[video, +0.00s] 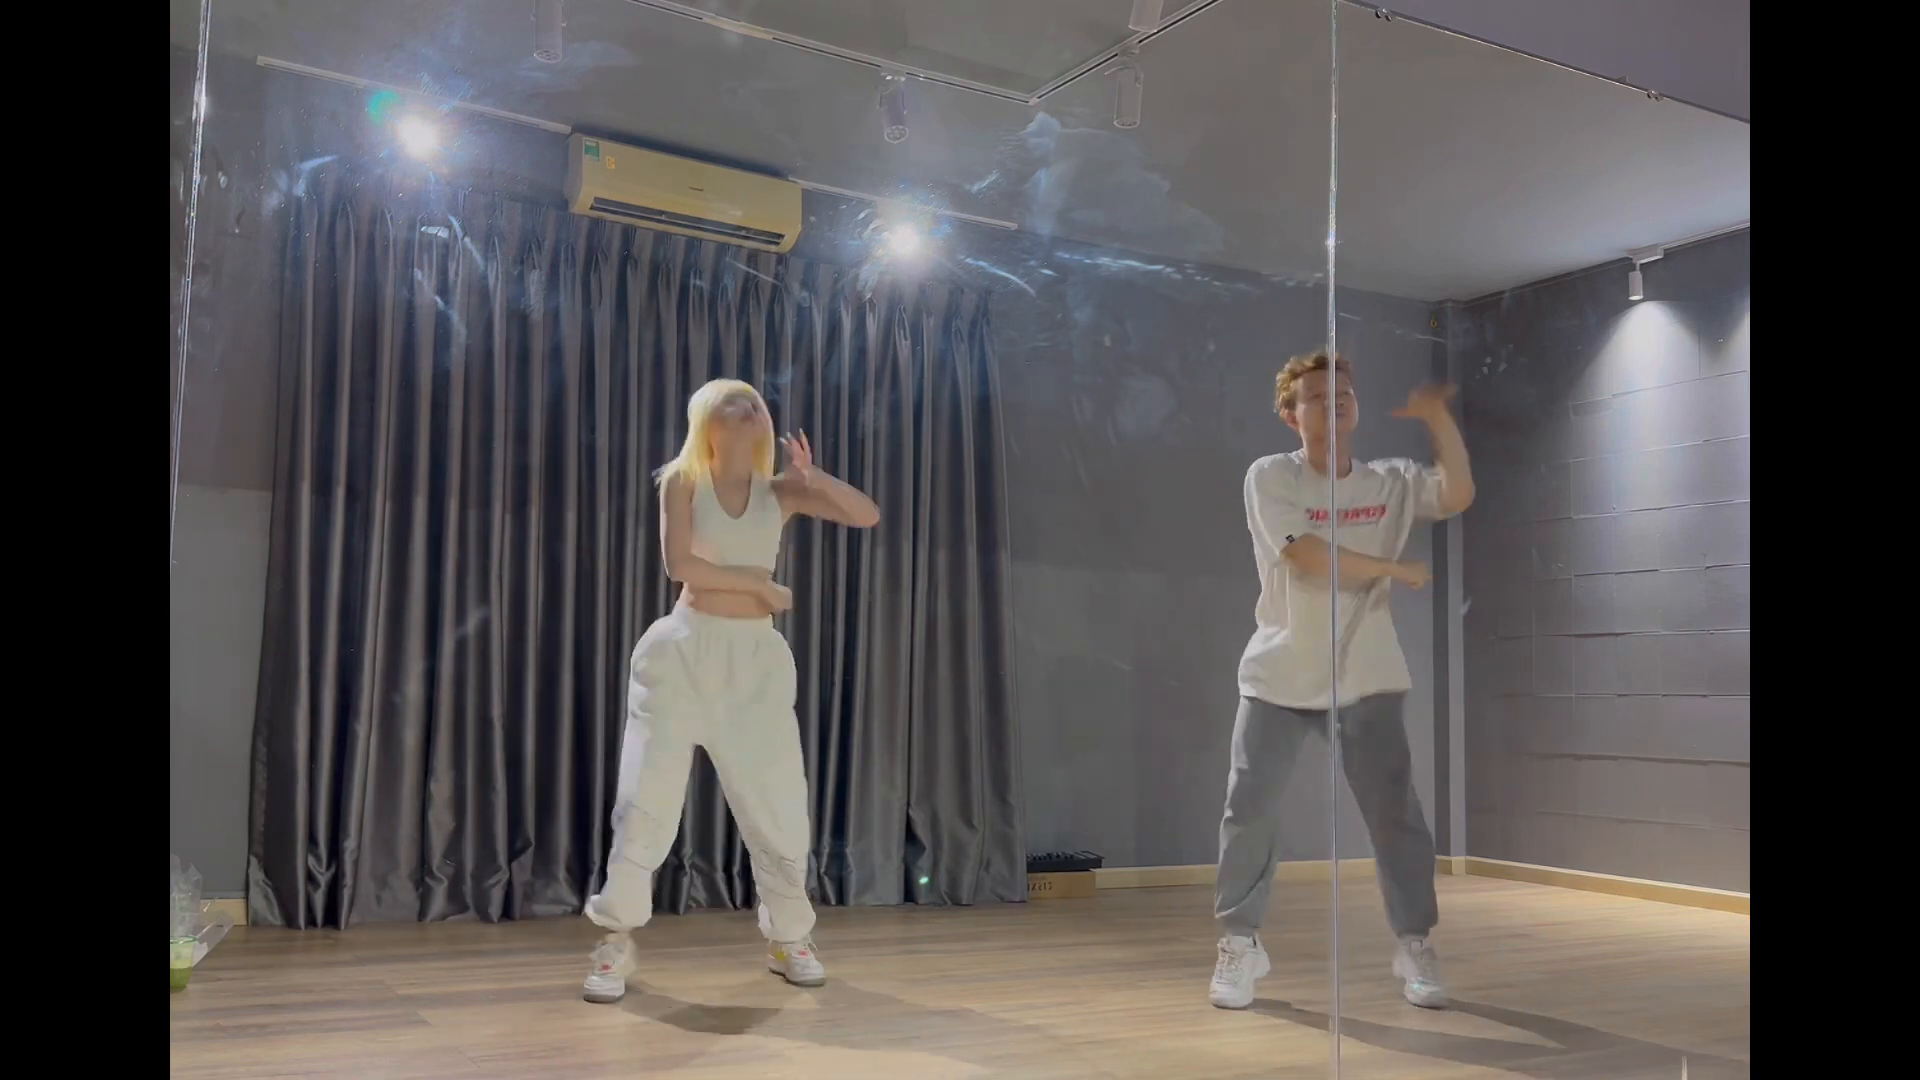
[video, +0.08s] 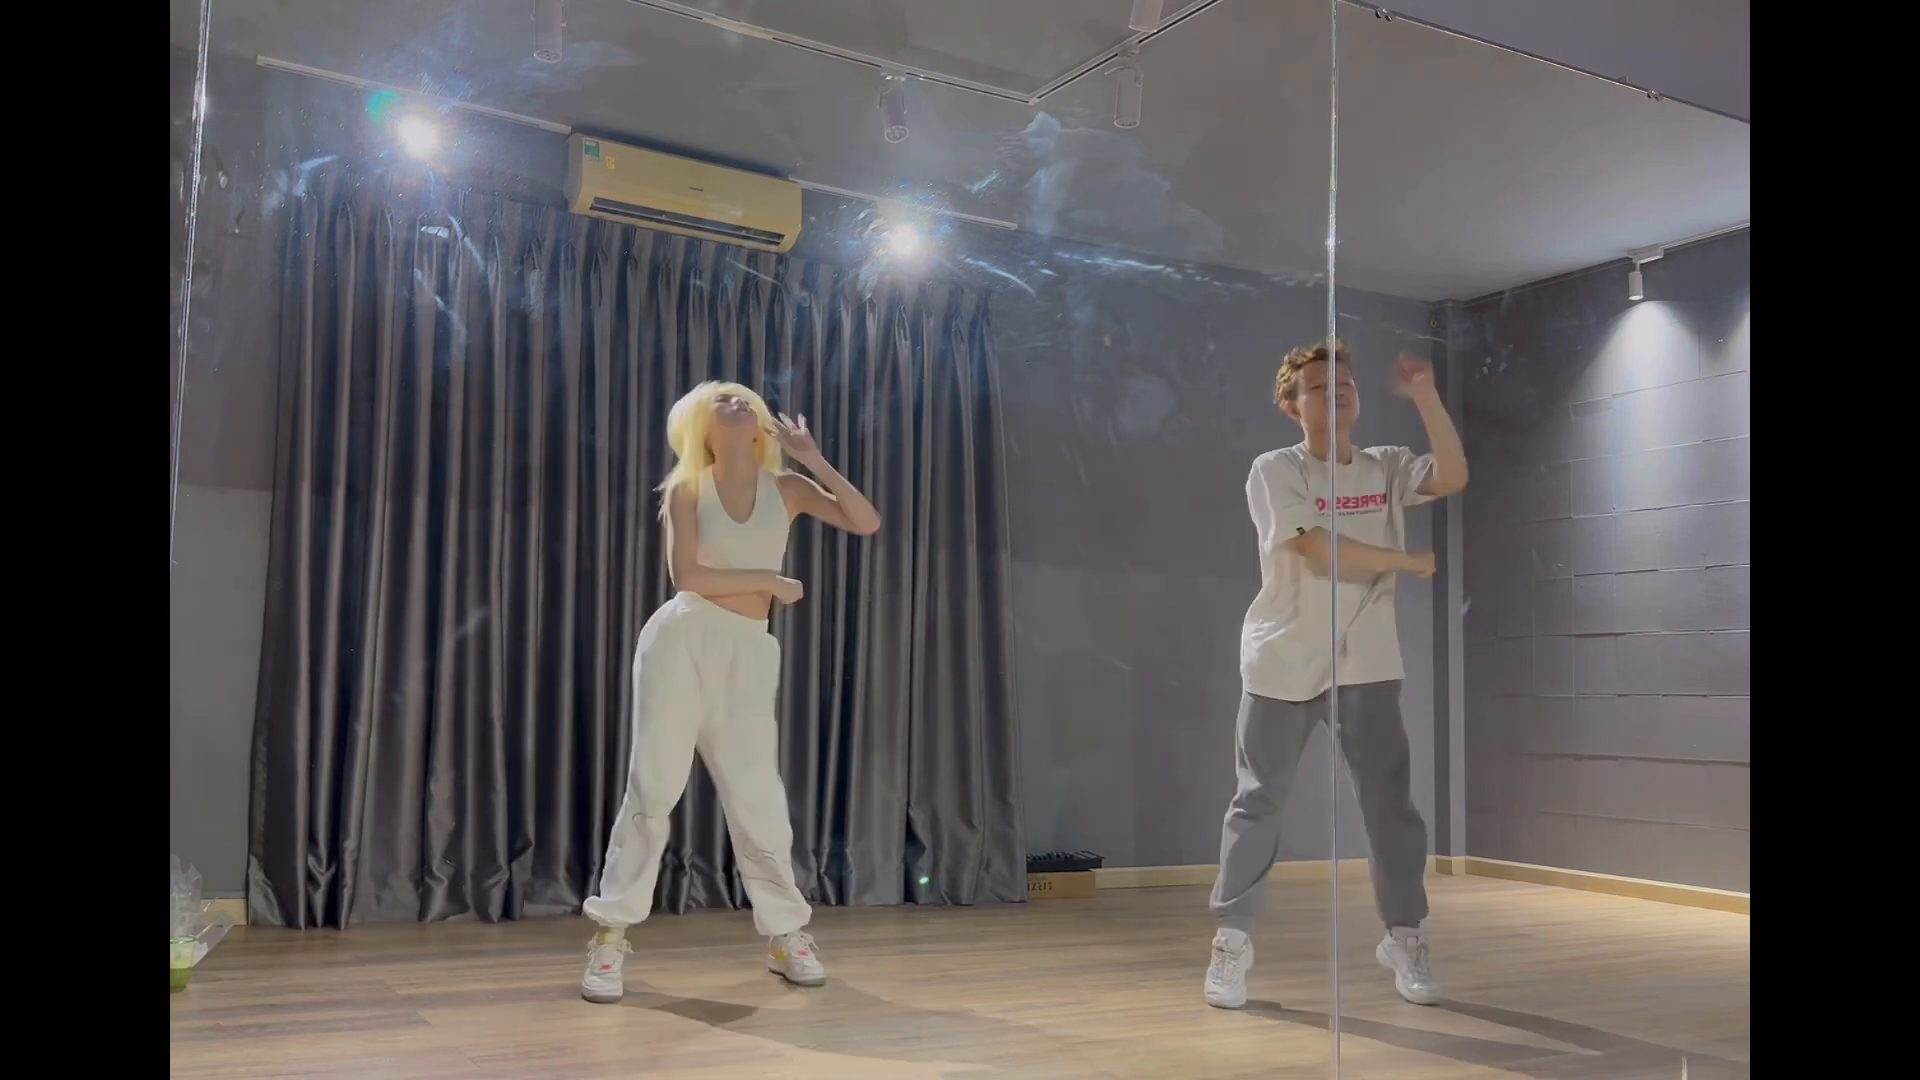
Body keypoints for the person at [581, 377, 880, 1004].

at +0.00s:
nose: (750, 410)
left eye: (756, 403)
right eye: (734, 405)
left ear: (766, 424)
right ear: (709, 428)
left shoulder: (781, 487)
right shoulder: (683, 482)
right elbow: (680, 565)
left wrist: (813, 477)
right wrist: (759, 586)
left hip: (756, 665)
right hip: (679, 660)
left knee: (780, 812)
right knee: (644, 805)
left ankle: (789, 940)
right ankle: (615, 945)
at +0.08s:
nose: (734, 400)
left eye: (743, 397)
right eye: (719, 399)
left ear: (759, 425)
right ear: (702, 430)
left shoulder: (785, 486)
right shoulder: (687, 489)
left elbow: (866, 521)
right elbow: (687, 575)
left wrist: (812, 455)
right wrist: (768, 583)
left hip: (749, 652)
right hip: (681, 643)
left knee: (759, 796)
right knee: (652, 794)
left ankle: (788, 936)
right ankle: (609, 941)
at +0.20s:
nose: (751, 413)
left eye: (756, 408)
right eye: (736, 410)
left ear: (767, 431)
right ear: (710, 438)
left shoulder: (786, 492)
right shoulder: (694, 496)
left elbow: (826, 544)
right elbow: (696, 587)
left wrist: (817, 468)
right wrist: (774, 592)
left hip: (742, 659)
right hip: (674, 648)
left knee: (752, 799)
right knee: (638, 792)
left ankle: (785, 938)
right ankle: (600, 938)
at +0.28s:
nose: (751, 424)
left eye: (759, 416)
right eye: (736, 416)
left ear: (774, 434)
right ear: (710, 434)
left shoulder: (789, 503)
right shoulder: (691, 491)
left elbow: (805, 558)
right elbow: (695, 581)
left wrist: (821, 474)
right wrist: (770, 596)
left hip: (750, 662)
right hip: (678, 654)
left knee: (758, 801)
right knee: (628, 789)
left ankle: (784, 939)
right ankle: (614, 934)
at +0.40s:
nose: (756, 472)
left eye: (764, 463)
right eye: (742, 462)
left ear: (775, 476)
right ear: (714, 472)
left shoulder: (766, 543)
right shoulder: (690, 509)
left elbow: (774, 599)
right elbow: (679, 588)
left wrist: (804, 526)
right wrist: (755, 620)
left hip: (768, 697)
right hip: (693, 699)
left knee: (788, 828)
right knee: (603, 798)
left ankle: (788, 944)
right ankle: (636, 943)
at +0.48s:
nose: (754, 468)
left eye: (762, 460)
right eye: (741, 459)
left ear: (771, 473)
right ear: (715, 470)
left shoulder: (767, 538)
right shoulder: (690, 509)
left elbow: (780, 599)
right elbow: (677, 590)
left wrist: (804, 527)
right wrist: (753, 618)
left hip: (765, 695)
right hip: (690, 697)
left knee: (786, 828)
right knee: (598, 800)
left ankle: (786, 943)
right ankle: (636, 942)